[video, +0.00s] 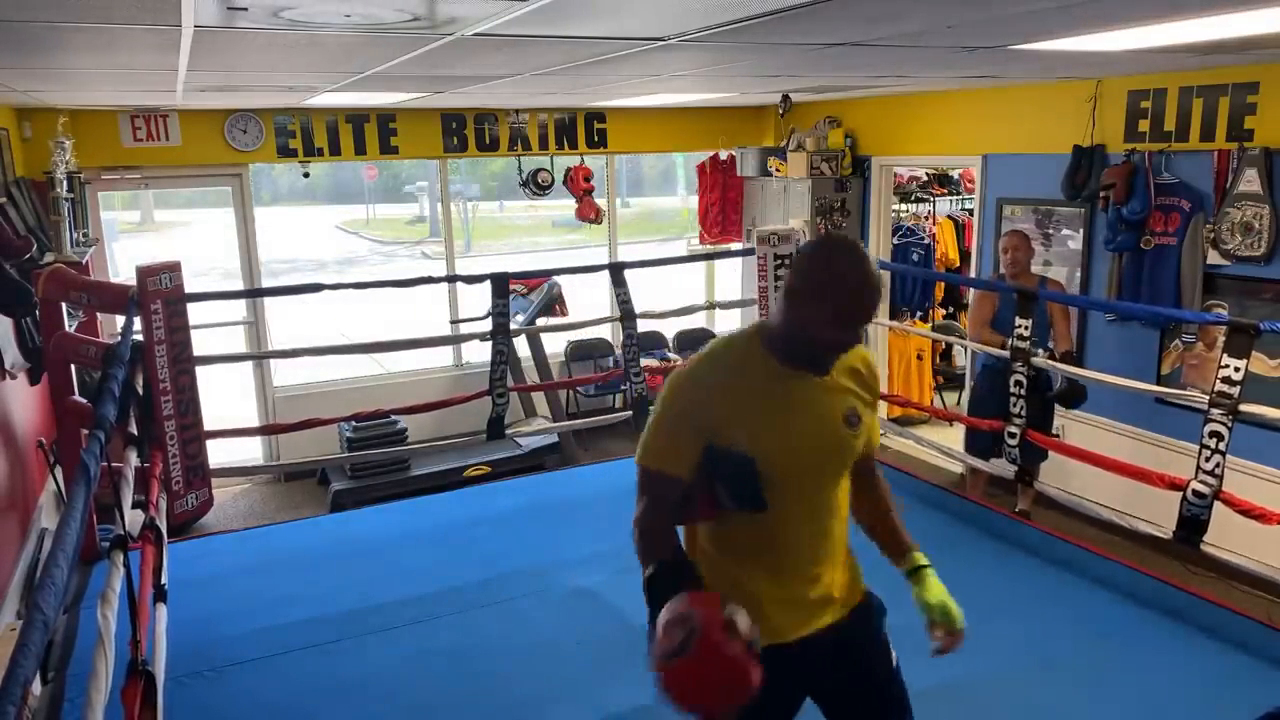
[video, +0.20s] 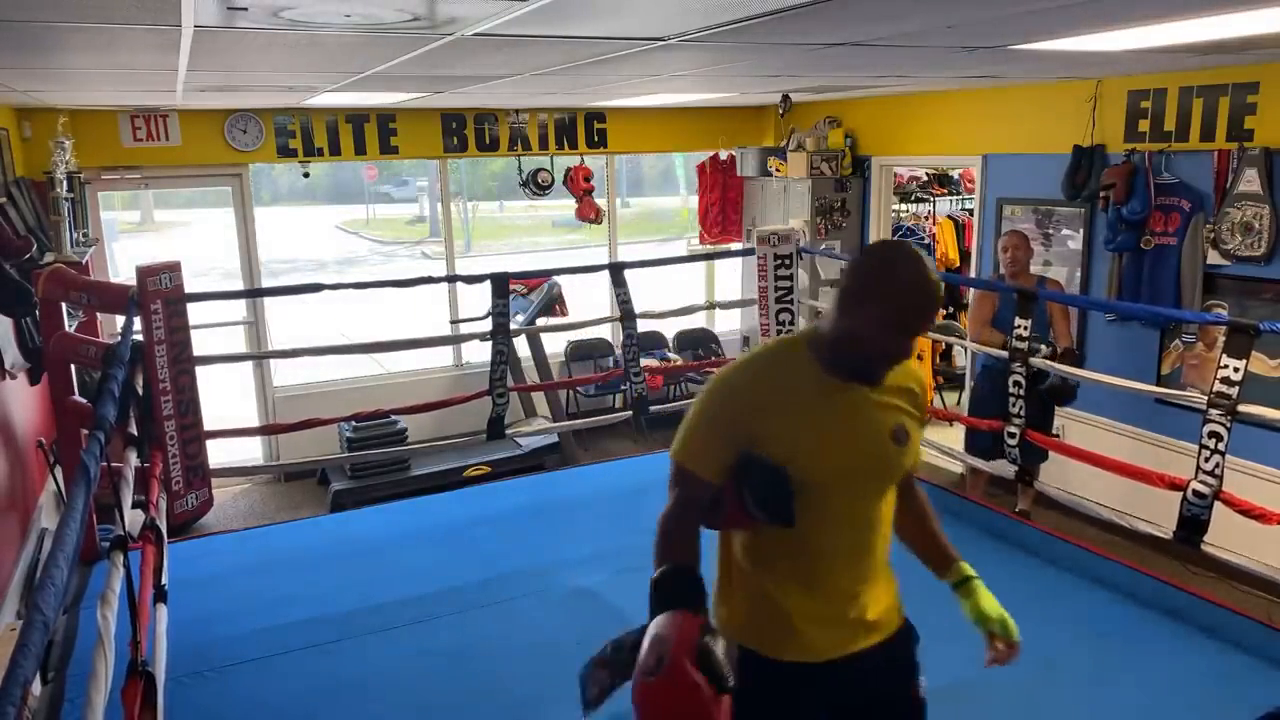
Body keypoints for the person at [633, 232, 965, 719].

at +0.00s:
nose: (851, 343)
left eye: (860, 328)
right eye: (842, 325)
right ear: (797, 300)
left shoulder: (856, 372)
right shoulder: (699, 387)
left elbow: (864, 480)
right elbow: (652, 519)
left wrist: (919, 573)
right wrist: (684, 621)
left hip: (843, 624)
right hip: (743, 647)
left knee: (889, 711)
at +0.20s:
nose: (908, 351)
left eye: (916, 335)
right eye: (901, 332)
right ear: (858, 311)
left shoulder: (906, 386)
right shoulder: (742, 389)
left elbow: (901, 489)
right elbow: (684, 506)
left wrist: (967, 586)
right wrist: (675, 613)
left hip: (878, 651)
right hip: (774, 663)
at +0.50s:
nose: (996, 354)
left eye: (1011, 339)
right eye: (984, 331)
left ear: (1021, 331)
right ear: (932, 300)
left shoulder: (1008, 408)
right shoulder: (816, 382)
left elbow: (1028, 539)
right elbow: (743, 498)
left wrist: (1079, 651)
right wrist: (728, 559)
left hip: (943, 674)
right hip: (832, 675)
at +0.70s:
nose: (958, 356)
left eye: (980, 341)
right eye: (945, 331)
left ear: (997, 337)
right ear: (906, 301)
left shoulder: (1021, 417)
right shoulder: (808, 413)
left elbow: (1051, 555)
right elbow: (751, 535)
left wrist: (1122, 677)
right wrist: (733, 577)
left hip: (993, 698)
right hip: (868, 704)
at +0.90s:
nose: (911, 363)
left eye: (936, 343)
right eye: (892, 339)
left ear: (961, 329)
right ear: (859, 319)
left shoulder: (1015, 412)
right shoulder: (794, 427)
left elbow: (1047, 546)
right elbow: (759, 552)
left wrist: (1105, 673)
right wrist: (731, 596)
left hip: (1007, 698)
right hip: (870, 703)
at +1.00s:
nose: (901, 358)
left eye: (925, 338)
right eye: (880, 336)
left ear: (956, 317)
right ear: (849, 310)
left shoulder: (1017, 414)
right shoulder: (788, 428)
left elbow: (1052, 544)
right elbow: (755, 544)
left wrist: (1088, 675)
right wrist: (726, 591)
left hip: (1005, 697)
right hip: (867, 703)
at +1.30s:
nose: (879, 382)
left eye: (910, 361)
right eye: (863, 351)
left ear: (959, 344)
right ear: (846, 329)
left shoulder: (1031, 445)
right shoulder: (789, 437)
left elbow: (1064, 634)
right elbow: (749, 565)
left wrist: (948, 701)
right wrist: (713, 598)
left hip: (996, 707)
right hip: (851, 705)